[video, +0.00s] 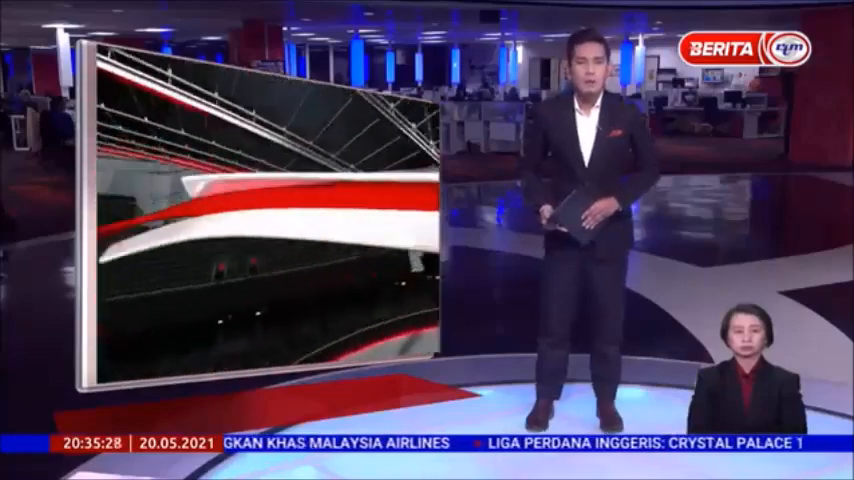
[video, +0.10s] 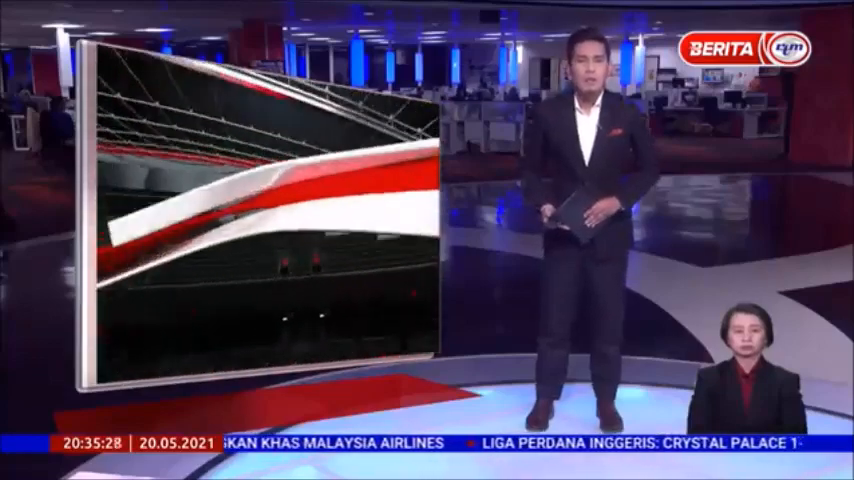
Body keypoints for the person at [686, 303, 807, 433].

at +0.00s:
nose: (746, 338)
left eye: (755, 331)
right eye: (738, 331)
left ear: (766, 337)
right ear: (727, 338)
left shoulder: (786, 382)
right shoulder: (709, 379)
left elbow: (796, 437)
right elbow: (697, 434)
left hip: (772, 464)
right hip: (719, 463)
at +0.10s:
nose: (746, 338)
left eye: (755, 330)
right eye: (738, 331)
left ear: (766, 337)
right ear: (727, 338)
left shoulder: (786, 381)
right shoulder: (708, 379)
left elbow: (797, 437)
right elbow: (697, 434)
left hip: (772, 464)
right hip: (720, 463)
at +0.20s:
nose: (746, 337)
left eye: (754, 330)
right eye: (738, 331)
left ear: (766, 337)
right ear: (726, 339)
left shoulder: (785, 381)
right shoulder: (708, 379)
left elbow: (796, 438)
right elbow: (697, 435)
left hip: (771, 465)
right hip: (719, 464)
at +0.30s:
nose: (746, 337)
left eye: (754, 330)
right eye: (738, 331)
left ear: (766, 337)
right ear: (726, 339)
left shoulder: (785, 381)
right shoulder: (708, 379)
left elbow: (796, 437)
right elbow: (697, 434)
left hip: (771, 464)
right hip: (719, 463)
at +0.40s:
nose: (746, 337)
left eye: (754, 330)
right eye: (737, 330)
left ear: (766, 337)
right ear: (726, 338)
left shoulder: (785, 382)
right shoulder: (708, 379)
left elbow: (796, 438)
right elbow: (697, 435)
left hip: (771, 465)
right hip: (719, 463)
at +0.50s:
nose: (745, 338)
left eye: (754, 330)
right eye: (737, 330)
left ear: (766, 337)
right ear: (725, 339)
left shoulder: (785, 382)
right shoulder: (708, 379)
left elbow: (796, 438)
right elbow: (698, 435)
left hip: (771, 465)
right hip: (719, 463)